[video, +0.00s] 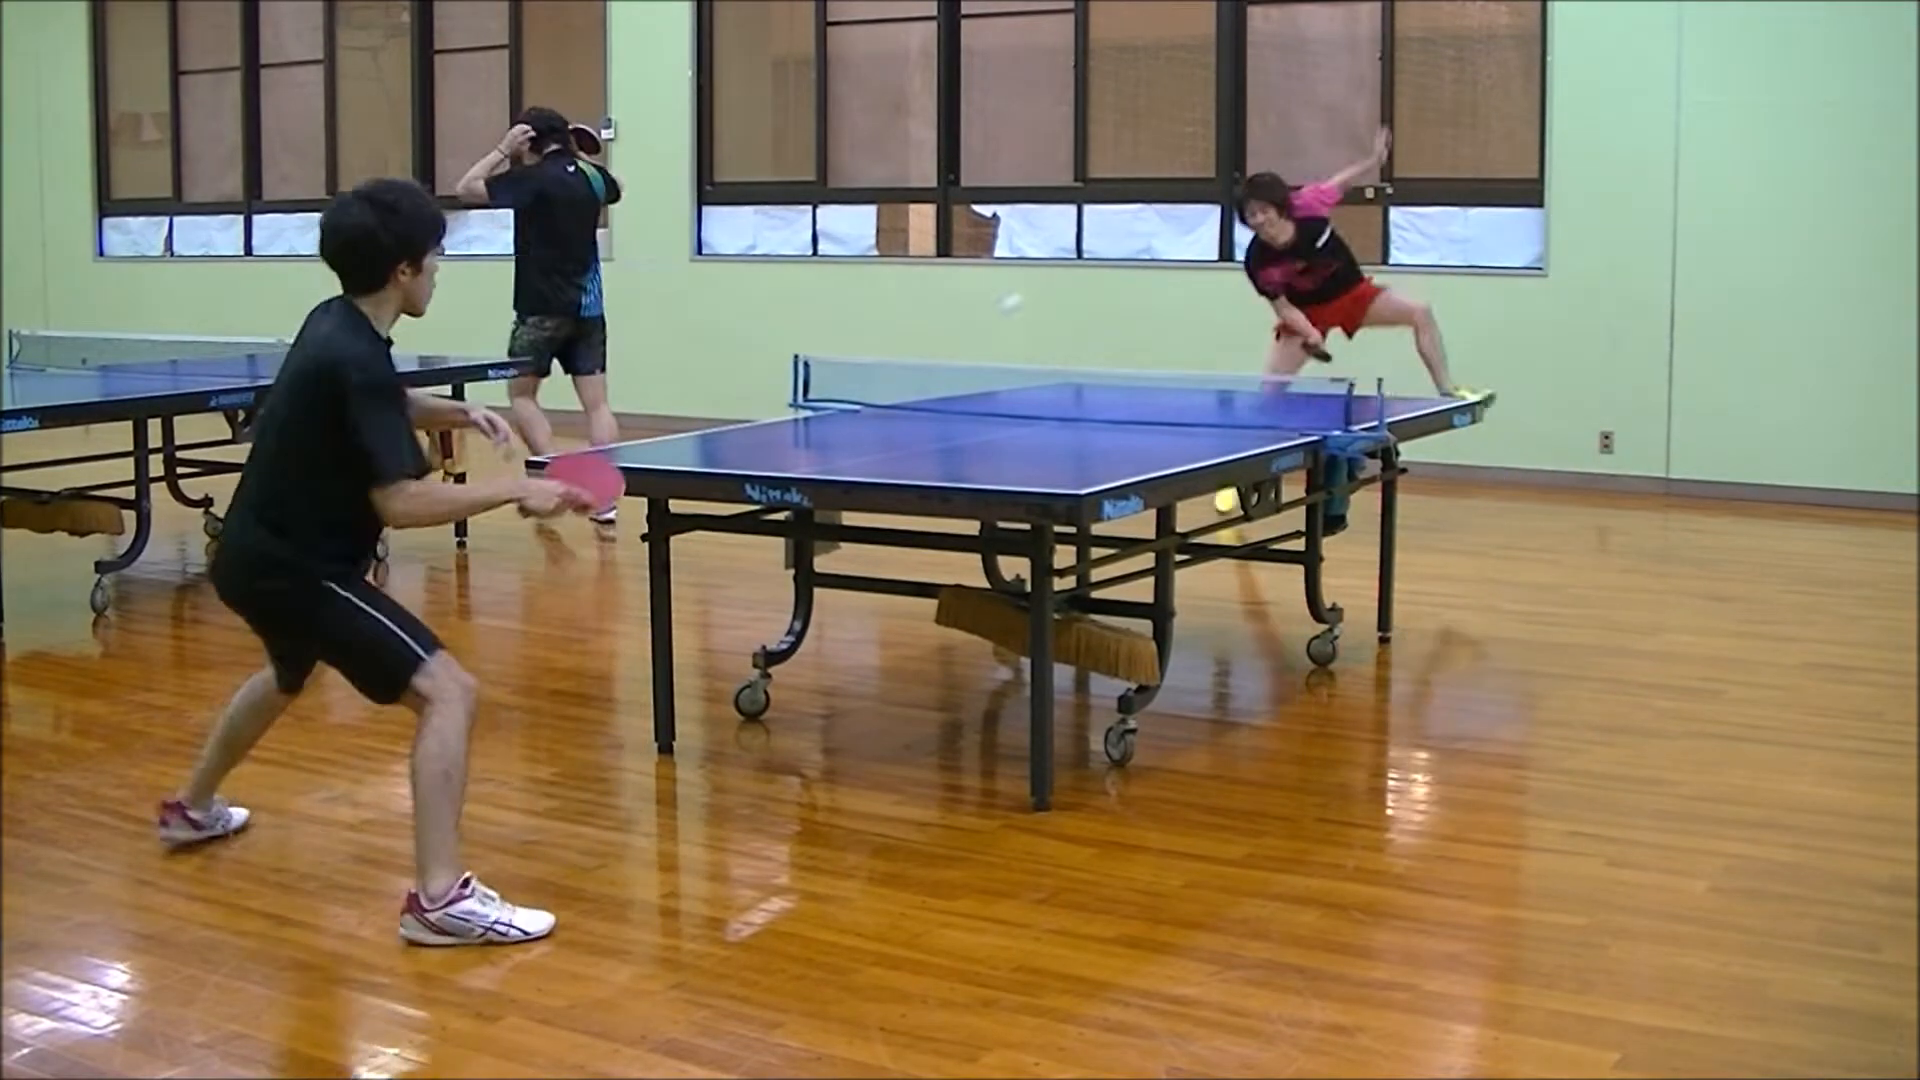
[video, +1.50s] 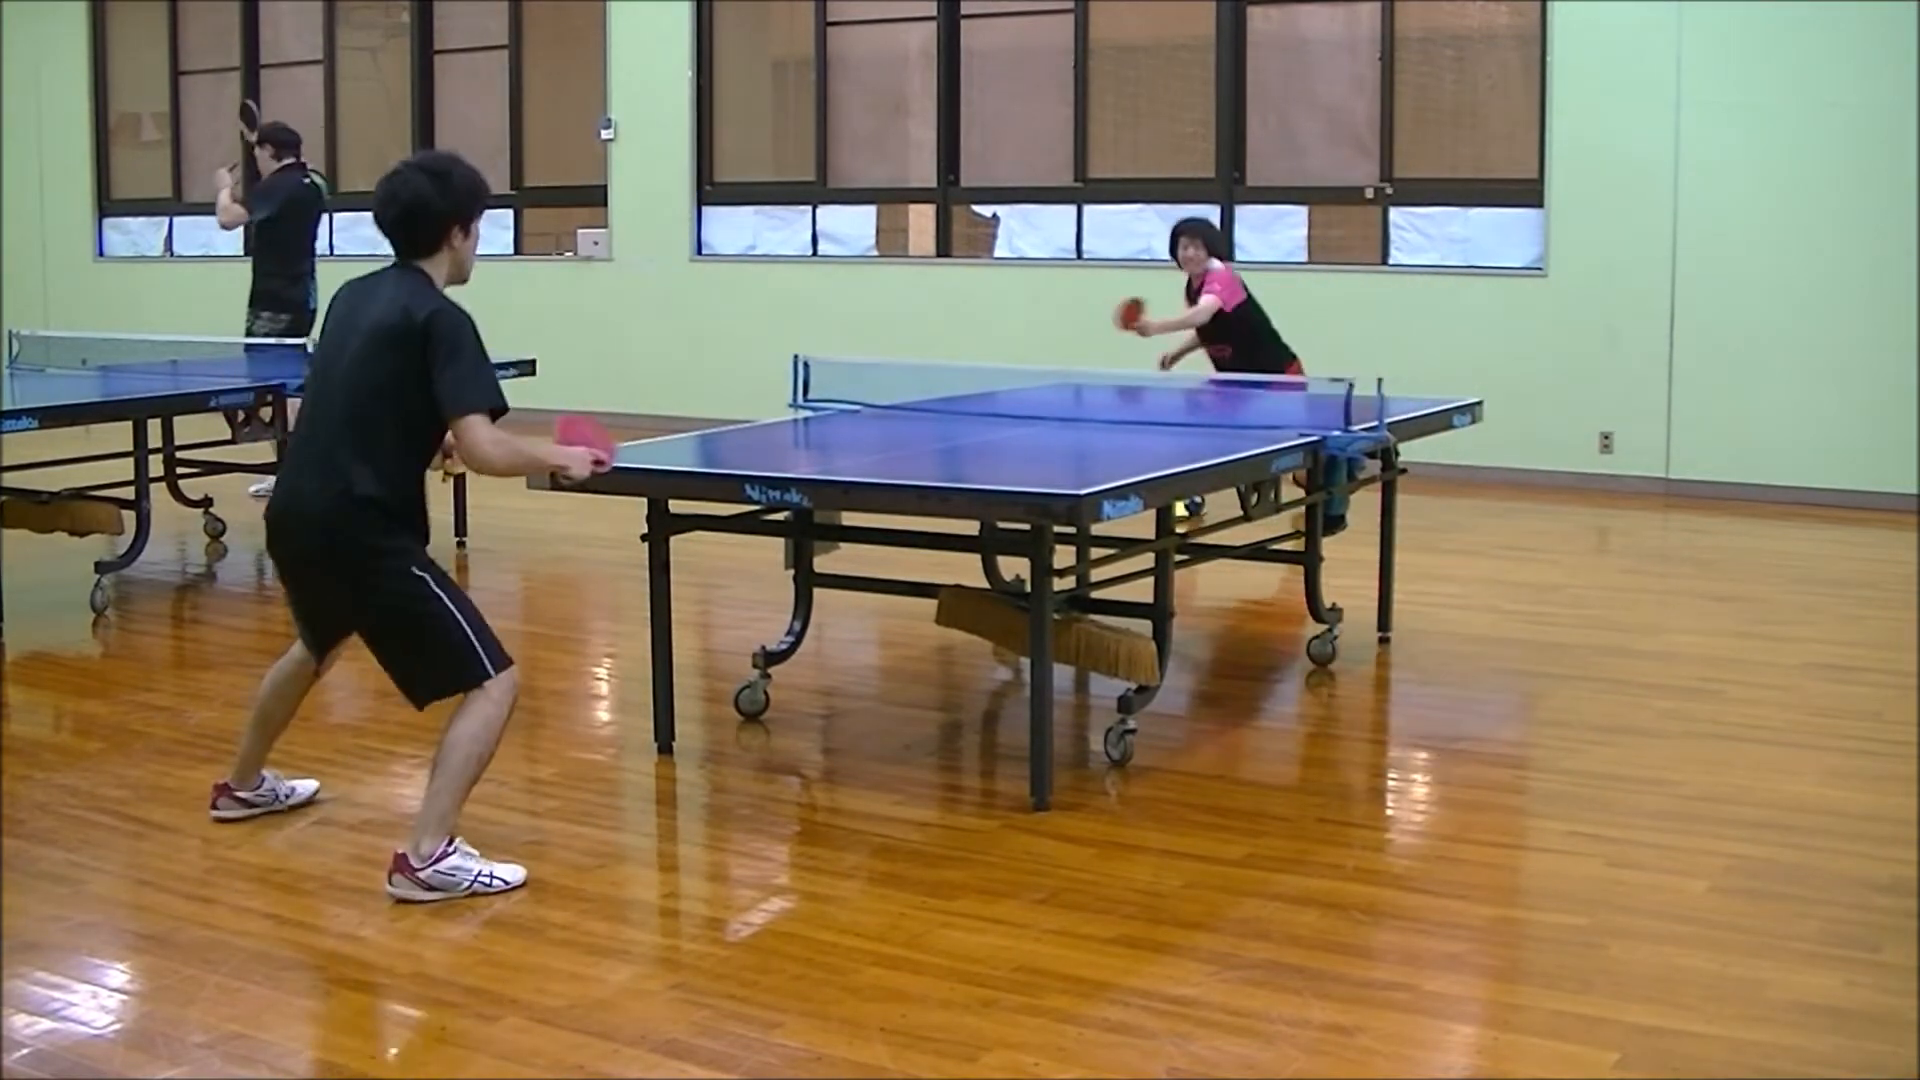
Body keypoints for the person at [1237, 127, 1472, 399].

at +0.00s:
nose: (1258, 220)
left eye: (1263, 211)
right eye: (1251, 215)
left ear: (1279, 204)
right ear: (1246, 220)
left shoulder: (1310, 205)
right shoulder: (1258, 261)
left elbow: (1341, 181)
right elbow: (1282, 307)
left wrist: (1374, 161)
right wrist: (1309, 333)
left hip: (1353, 298)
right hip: (1305, 314)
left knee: (1420, 314)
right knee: (1270, 391)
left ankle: (1447, 392)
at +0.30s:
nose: (1289, 246)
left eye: (1296, 239)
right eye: (1282, 240)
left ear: (1311, 243)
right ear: (1276, 245)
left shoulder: (1337, 272)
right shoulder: (1269, 284)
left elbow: (1361, 311)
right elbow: (1270, 336)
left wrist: (1338, 342)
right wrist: (1302, 357)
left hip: (1350, 362)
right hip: (1293, 364)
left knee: (1371, 424)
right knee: (1269, 421)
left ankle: (1391, 494)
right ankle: (1254, 487)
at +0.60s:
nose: (1377, 214)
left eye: (1385, 206)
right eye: (1370, 206)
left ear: (1400, 211)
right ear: (1361, 212)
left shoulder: (1418, 246)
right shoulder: (1347, 252)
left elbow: (1439, 295)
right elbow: (1332, 303)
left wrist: (1442, 331)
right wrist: (1349, 343)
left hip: (1417, 346)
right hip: (1366, 349)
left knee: (1467, 411)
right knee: (1332, 418)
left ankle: (1503, 492)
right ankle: (1325, 506)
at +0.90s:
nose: (1383, 233)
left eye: (1392, 227)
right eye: (1379, 224)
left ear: (1409, 233)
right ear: (1370, 225)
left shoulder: (1420, 266)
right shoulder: (1346, 259)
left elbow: (1438, 313)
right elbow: (1317, 312)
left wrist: (1469, 359)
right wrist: (1338, 360)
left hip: (1388, 352)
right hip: (1335, 351)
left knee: (1437, 409)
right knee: (1304, 415)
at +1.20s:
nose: (1304, 285)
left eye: (1312, 280)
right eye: (1299, 275)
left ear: (1319, 284)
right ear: (1285, 269)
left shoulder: (1317, 315)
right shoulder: (1248, 291)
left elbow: (1330, 366)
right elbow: (1217, 328)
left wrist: (1335, 401)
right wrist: (1243, 368)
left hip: (1295, 386)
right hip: (1240, 382)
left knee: (1355, 418)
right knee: (1203, 428)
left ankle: (1398, 480)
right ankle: (1190, 499)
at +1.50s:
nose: (1187, 253)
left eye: (1194, 246)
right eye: (1182, 247)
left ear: (1210, 249)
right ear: (1175, 253)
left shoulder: (1221, 276)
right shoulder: (1193, 286)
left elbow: (1202, 316)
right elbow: (1211, 331)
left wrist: (1154, 327)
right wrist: (1177, 354)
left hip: (1278, 379)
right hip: (1236, 380)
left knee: (1289, 454)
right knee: (1189, 424)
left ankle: (1327, 501)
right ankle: (1191, 496)